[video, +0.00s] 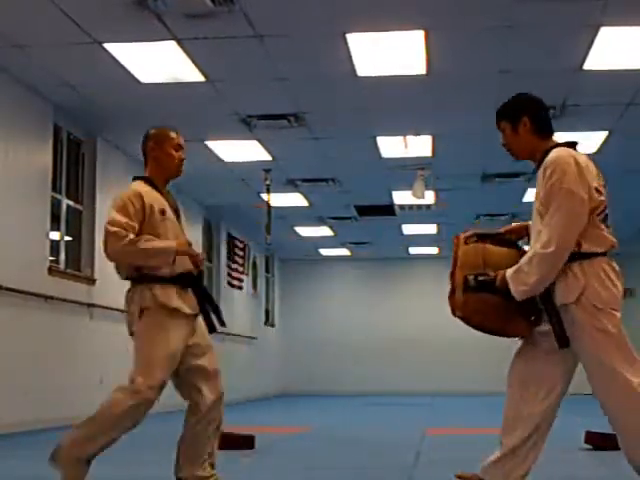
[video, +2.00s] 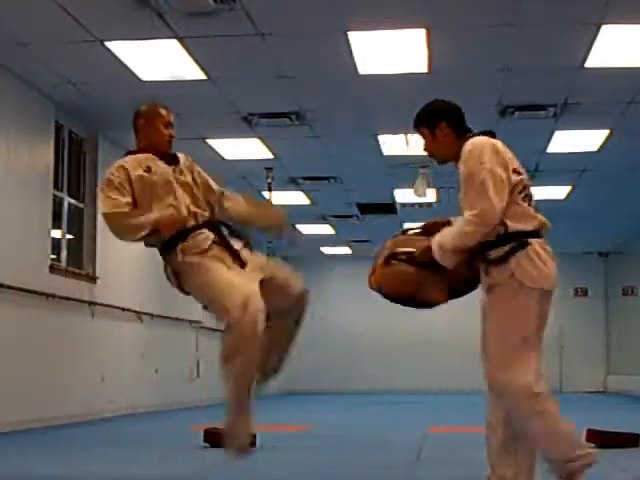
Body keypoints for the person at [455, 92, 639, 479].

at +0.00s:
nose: (504, 144)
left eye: (505, 134)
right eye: (502, 136)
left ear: (525, 126)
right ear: (530, 127)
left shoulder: (563, 163)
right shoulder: (557, 163)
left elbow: (557, 240)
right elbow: (559, 222)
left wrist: (511, 282)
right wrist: (518, 231)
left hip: (586, 279)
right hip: (563, 281)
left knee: (617, 383)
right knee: (532, 376)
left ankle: (638, 462)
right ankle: (504, 472)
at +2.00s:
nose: (425, 148)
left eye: (425, 138)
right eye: (422, 140)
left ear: (443, 130)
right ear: (449, 129)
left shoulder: (479, 150)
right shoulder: (482, 153)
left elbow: (485, 216)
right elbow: (490, 220)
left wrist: (441, 243)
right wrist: (449, 230)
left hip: (518, 270)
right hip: (510, 272)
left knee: (510, 377)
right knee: (504, 380)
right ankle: (508, 473)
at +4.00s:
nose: (309, 135)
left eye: (310, 126)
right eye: (308, 127)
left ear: (328, 122)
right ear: (346, 122)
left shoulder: (342, 161)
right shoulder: (387, 154)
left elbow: (333, 237)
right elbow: (372, 216)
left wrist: (297, 280)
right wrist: (316, 233)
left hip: (383, 272)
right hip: (423, 264)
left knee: (359, 377)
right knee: (442, 375)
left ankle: (350, 470)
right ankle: (479, 469)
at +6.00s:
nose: (588, 111)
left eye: (592, 101)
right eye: (588, 103)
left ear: (614, 98)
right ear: (613, 100)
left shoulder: (638, 146)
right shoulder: (630, 149)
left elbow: (639, 218)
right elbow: (629, 213)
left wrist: (600, 245)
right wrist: (588, 230)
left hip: (639, 276)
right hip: (636, 278)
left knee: (638, 359)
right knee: (638, 359)